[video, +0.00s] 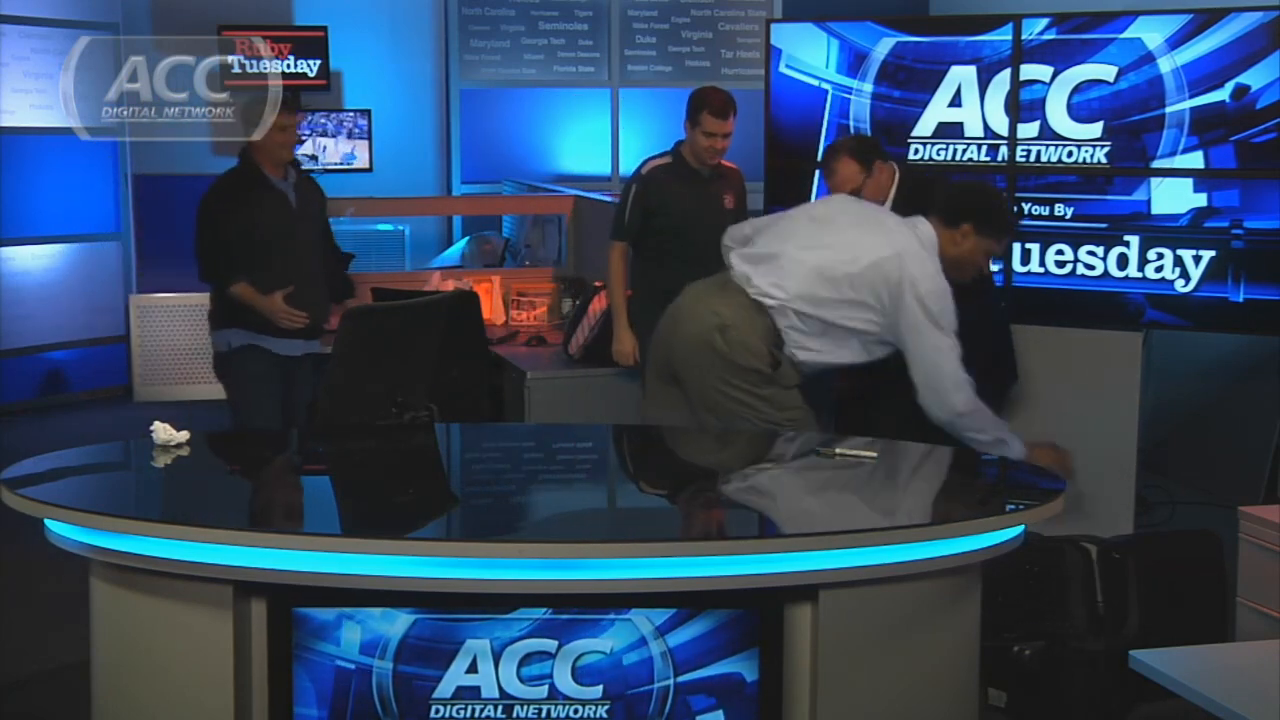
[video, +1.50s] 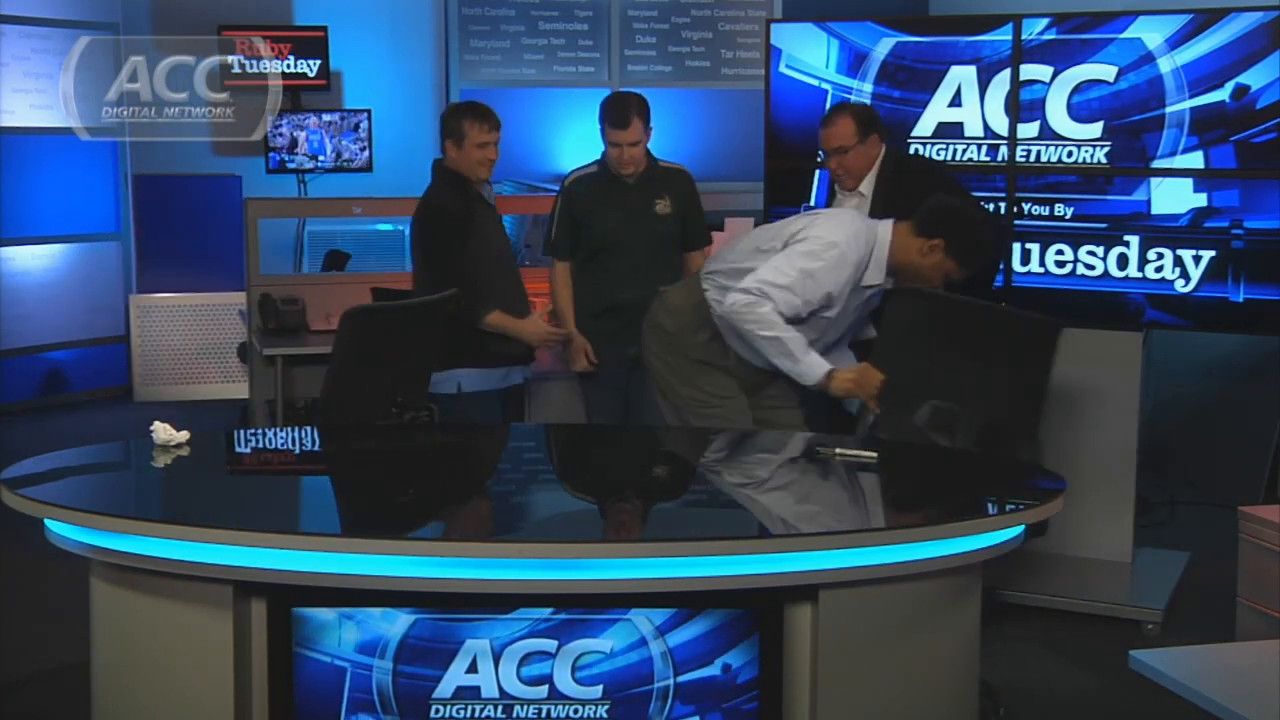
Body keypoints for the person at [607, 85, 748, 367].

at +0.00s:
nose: (717, 145)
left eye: (725, 136)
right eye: (709, 135)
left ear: (733, 132)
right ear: (689, 127)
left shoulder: (732, 178)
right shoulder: (650, 175)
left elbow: (740, 248)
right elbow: (618, 251)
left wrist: (745, 320)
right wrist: (621, 328)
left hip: (714, 322)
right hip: (657, 323)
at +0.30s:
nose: (709, 145)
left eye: (718, 136)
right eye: (700, 136)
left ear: (728, 130)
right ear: (685, 127)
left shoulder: (735, 182)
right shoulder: (649, 174)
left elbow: (739, 262)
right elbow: (616, 248)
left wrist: (740, 326)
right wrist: (608, 322)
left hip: (707, 325)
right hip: (649, 324)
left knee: (707, 426)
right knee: (651, 426)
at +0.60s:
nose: (682, 145)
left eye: (691, 136)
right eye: (673, 135)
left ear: (705, 129)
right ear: (661, 126)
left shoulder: (719, 181)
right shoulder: (628, 179)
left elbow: (727, 261)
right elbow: (602, 253)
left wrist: (733, 327)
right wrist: (593, 327)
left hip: (697, 330)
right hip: (637, 328)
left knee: (690, 437)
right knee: (634, 434)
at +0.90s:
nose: (648, 144)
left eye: (657, 134)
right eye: (639, 135)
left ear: (672, 128)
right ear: (627, 127)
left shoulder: (693, 180)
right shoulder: (599, 181)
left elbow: (706, 260)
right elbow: (577, 257)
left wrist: (711, 330)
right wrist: (570, 332)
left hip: (677, 333)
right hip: (615, 334)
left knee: (682, 440)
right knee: (617, 440)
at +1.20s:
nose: (627, 148)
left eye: (636, 138)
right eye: (618, 139)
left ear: (650, 128)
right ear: (605, 130)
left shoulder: (675, 179)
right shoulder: (578, 184)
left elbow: (693, 257)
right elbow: (560, 263)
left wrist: (701, 325)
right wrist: (561, 335)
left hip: (664, 333)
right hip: (602, 335)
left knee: (673, 436)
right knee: (608, 438)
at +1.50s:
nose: (624, 155)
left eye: (633, 145)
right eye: (614, 145)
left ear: (648, 133)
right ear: (603, 136)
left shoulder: (677, 182)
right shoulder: (576, 187)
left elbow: (695, 259)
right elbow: (561, 266)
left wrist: (693, 327)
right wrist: (571, 334)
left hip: (662, 341)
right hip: (599, 344)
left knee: (659, 445)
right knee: (607, 446)